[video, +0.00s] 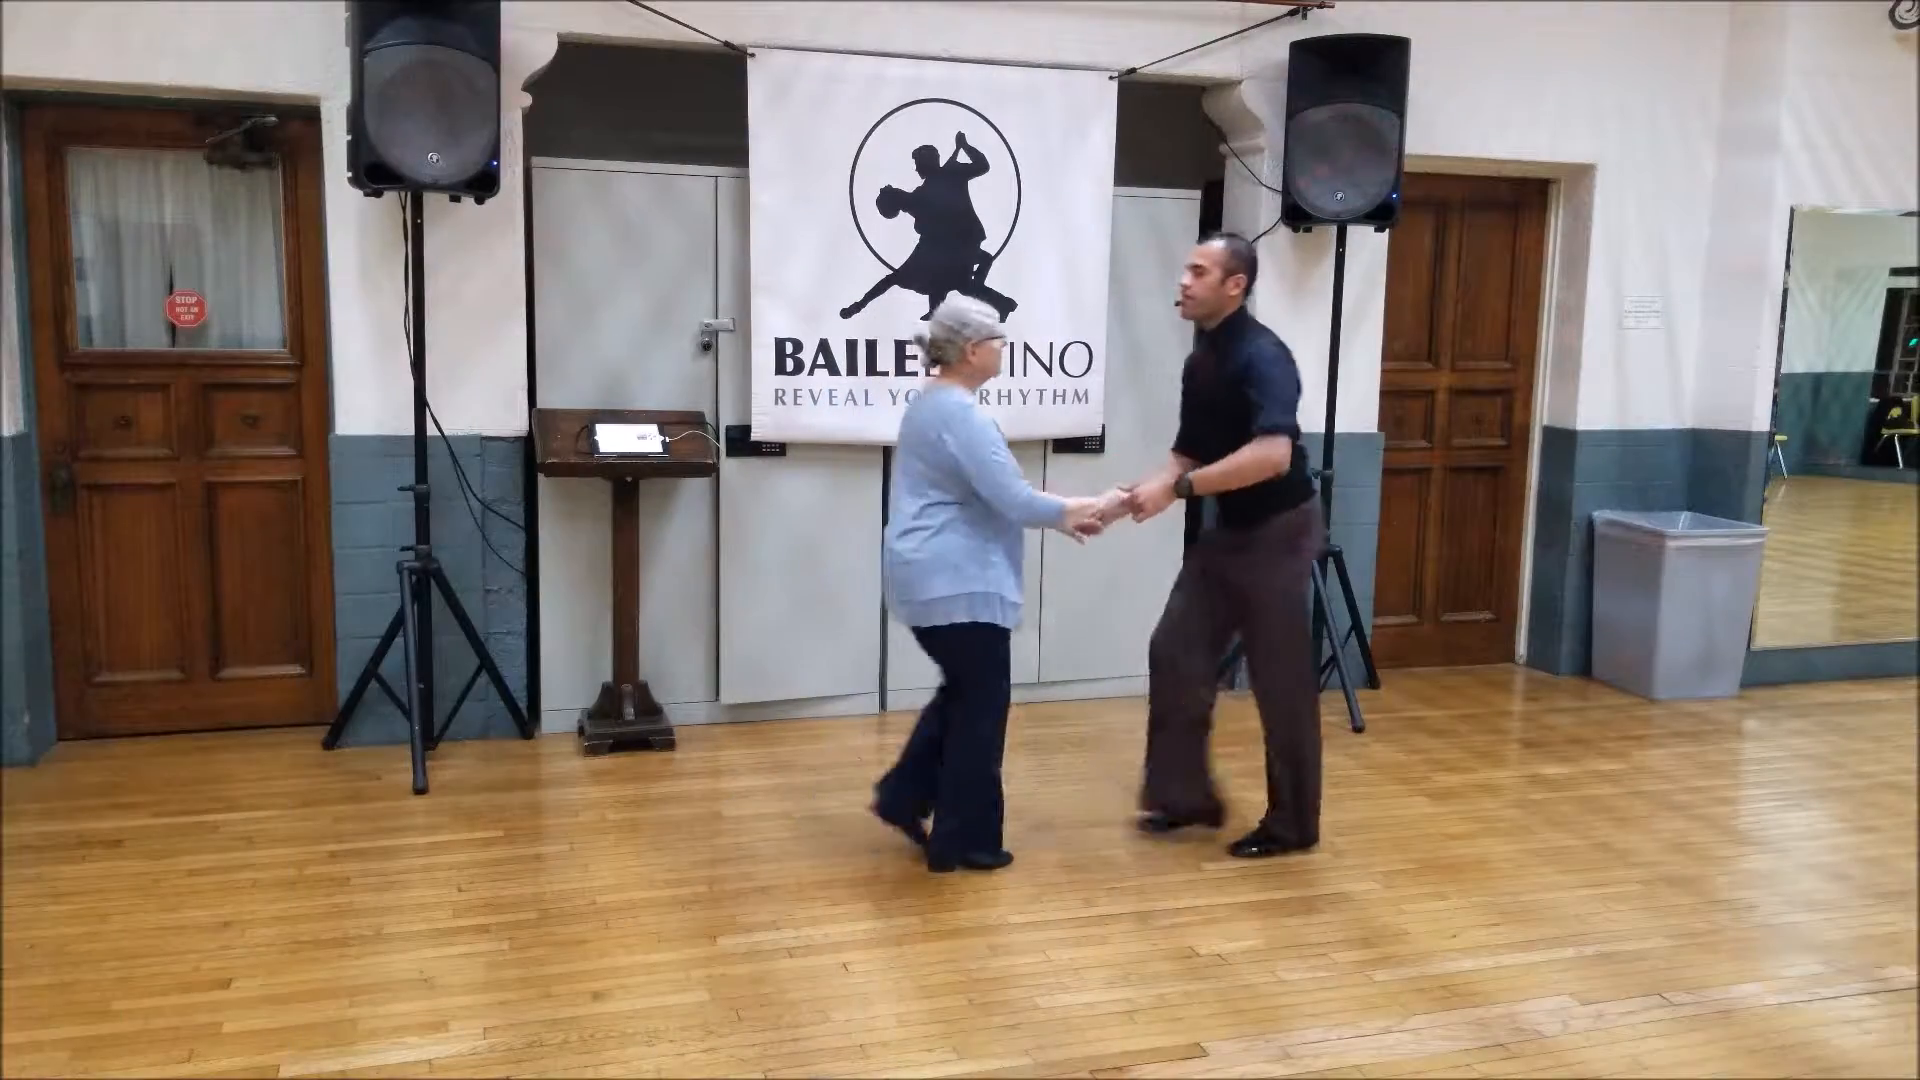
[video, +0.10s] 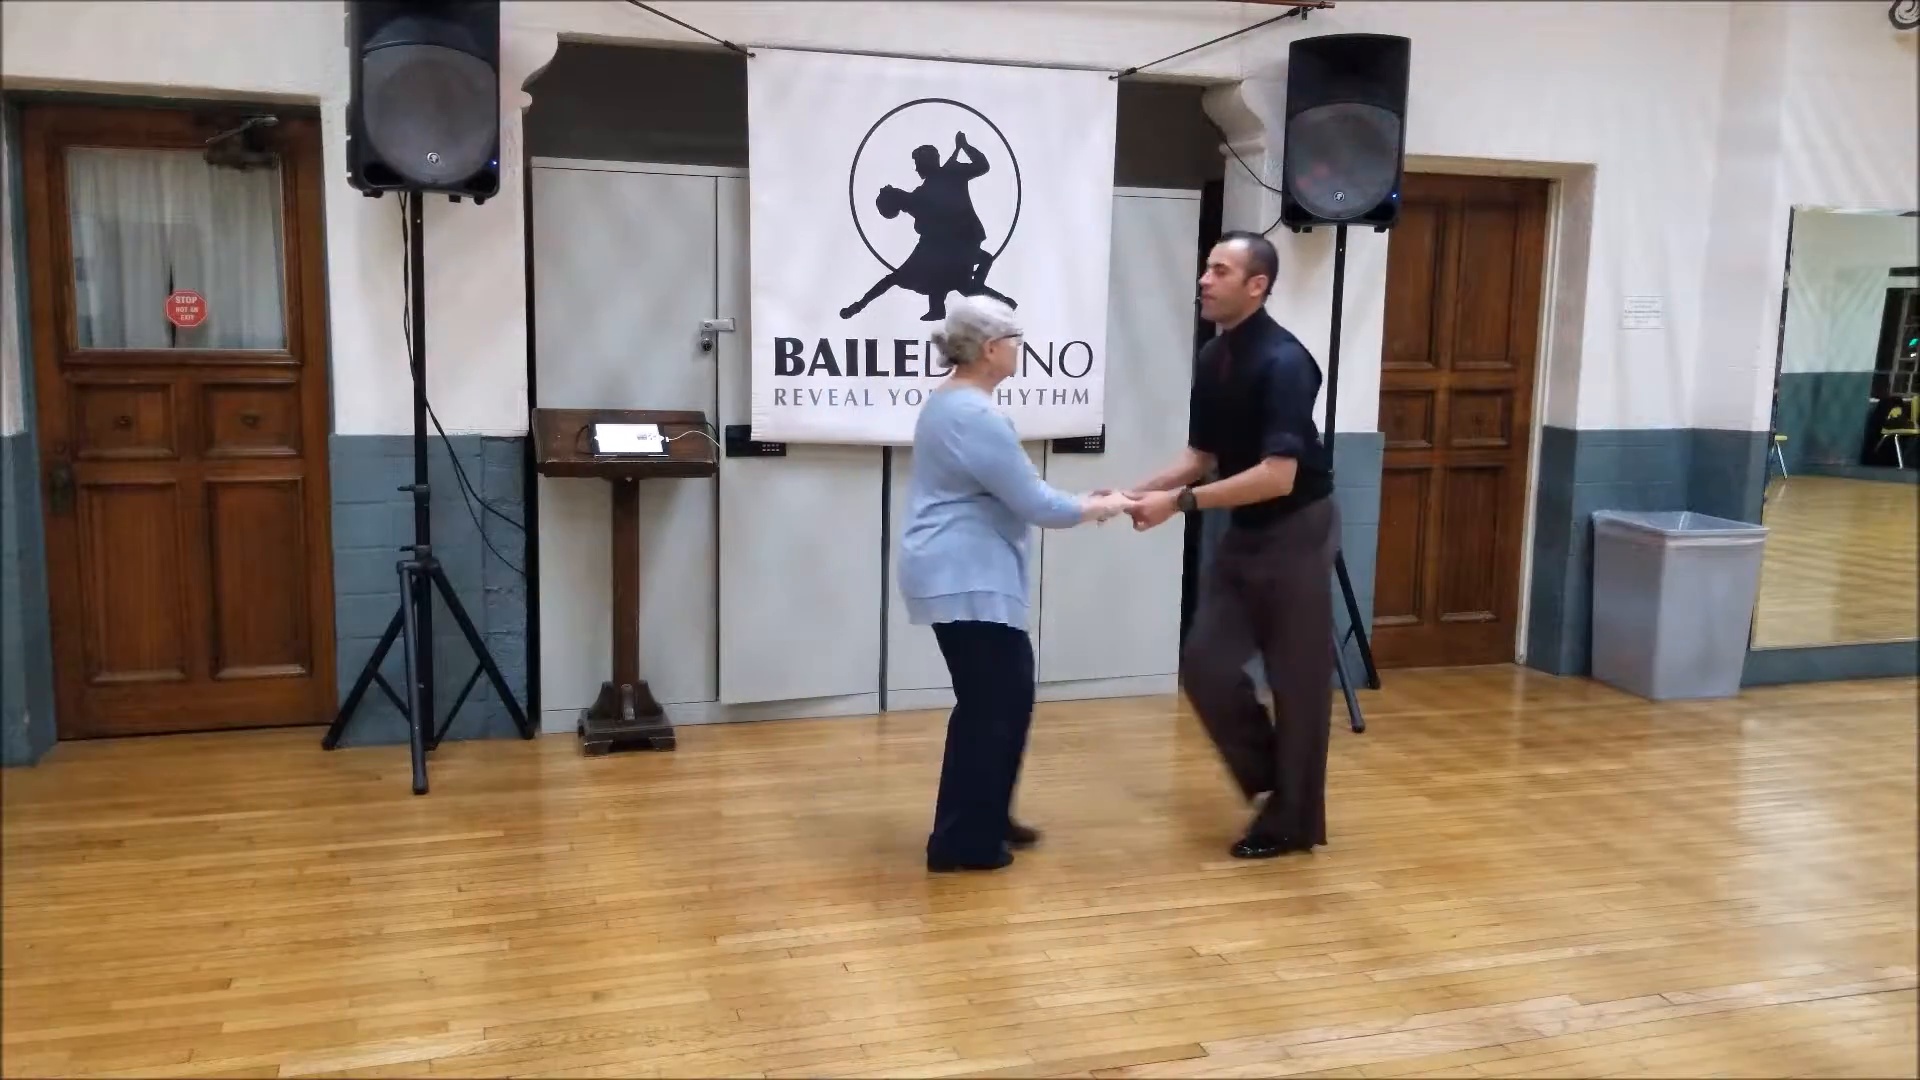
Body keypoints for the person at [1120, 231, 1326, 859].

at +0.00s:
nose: (1183, 283)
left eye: (1198, 274)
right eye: (1185, 272)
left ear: (1235, 285)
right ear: (1212, 283)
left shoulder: (1264, 355)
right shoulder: (1201, 360)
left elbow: (1274, 454)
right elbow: (1188, 456)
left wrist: (1183, 486)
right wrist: (1141, 495)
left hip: (1275, 535)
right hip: (1219, 536)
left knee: (1282, 678)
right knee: (1176, 652)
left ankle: (1294, 822)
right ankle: (1185, 799)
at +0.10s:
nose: (1205, 279)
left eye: (1220, 272)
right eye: (1206, 269)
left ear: (1257, 285)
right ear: (1215, 282)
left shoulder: (1284, 360)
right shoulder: (1213, 357)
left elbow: (1279, 474)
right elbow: (1204, 455)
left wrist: (1183, 500)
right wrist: (1149, 488)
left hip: (1296, 534)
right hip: (1237, 532)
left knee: (1299, 678)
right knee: (1207, 665)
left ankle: (1297, 823)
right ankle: (1276, 786)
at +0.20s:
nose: (1221, 278)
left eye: (1237, 271)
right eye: (1223, 268)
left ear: (1275, 284)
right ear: (1229, 279)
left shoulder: (1298, 359)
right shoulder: (1225, 352)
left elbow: (1282, 477)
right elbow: (1215, 446)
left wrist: (1187, 513)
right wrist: (1146, 473)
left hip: (1304, 530)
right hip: (1255, 528)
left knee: (1305, 677)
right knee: (1251, 677)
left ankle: (1300, 823)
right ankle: (1340, 775)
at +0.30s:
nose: (1232, 281)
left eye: (1247, 274)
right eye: (1233, 270)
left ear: (1285, 288)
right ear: (1235, 277)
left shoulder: (1305, 362)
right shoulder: (1235, 355)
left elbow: (1292, 480)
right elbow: (1232, 446)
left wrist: (1199, 524)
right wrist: (1161, 464)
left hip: (1306, 530)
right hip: (1266, 529)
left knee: (1277, 670)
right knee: (1307, 666)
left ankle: (1300, 820)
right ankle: (1364, 800)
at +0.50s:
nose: (1235, 290)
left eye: (1251, 283)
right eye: (1236, 279)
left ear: (1288, 296)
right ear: (1238, 285)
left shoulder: (1303, 364)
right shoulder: (1243, 366)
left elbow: (1322, 462)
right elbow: (1232, 459)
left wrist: (1229, 512)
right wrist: (1166, 492)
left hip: (1301, 536)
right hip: (1272, 535)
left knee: (1212, 660)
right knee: (1315, 671)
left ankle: (1265, 803)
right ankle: (1370, 805)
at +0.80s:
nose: (1206, 274)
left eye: (1221, 267)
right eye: (1207, 263)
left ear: (1258, 280)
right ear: (1208, 273)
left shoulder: (1275, 353)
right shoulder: (1210, 343)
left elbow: (1272, 463)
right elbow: (1204, 435)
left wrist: (1177, 464)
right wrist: (1157, 461)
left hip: (1261, 531)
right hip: (1213, 527)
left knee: (1251, 676)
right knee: (1194, 663)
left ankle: (1263, 822)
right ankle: (1298, 754)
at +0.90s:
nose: (1187, 274)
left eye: (1202, 266)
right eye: (1189, 262)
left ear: (1238, 279)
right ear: (1199, 273)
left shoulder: (1256, 357)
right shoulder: (1189, 346)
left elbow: (1240, 471)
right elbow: (1173, 437)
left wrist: (1152, 460)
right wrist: (1126, 456)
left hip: (1249, 532)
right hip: (1198, 527)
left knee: (1260, 679)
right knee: (1148, 655)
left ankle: (1270, 823)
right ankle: (1209, 777)